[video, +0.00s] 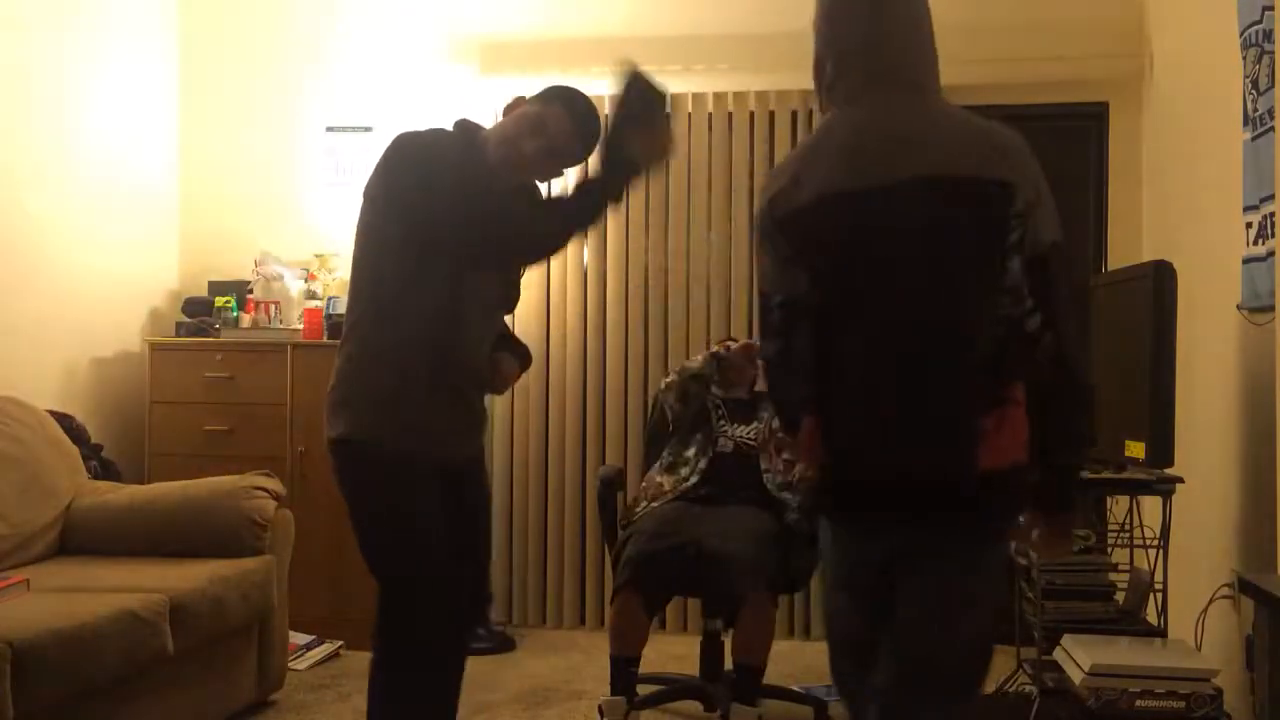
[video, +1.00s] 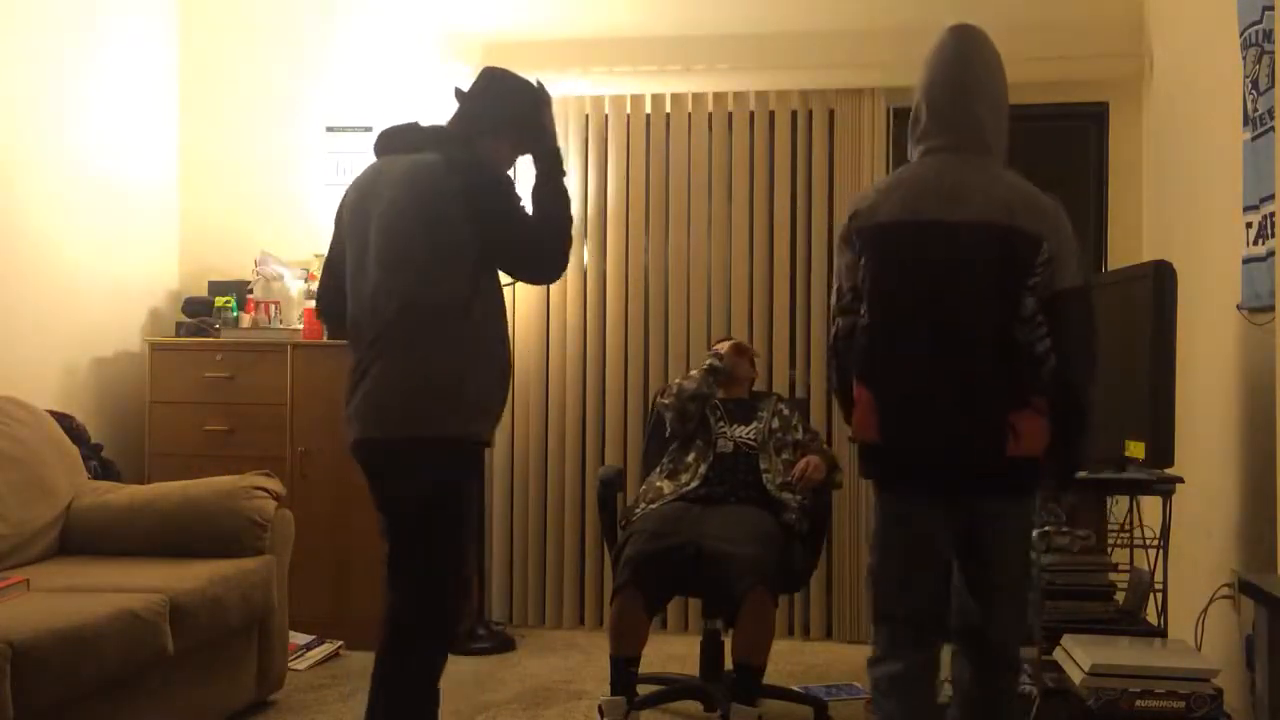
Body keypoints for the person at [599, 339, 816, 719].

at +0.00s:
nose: (737, 360)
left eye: (747, 354)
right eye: (727, 353)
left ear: (758, 368)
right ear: (712, 365)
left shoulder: (773, 406)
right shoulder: (688, 400)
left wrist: (773, 374)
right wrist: (708, 363)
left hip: (749, 504)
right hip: (682, 500)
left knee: (755, 577)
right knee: (637, 564)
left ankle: (743, 702)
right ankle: (621, 693)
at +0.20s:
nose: (746, 356)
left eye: (753, 355)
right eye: (734, 351)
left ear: (759, 373)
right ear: (715, 369)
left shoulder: (779, 410)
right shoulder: (690, 404)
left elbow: (807, 450)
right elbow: (671, 395)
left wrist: (817, 460)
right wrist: (715, 360)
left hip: (751, 505)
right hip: (681, 502)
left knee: (756, 578)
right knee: (637, 566)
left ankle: (744, 703)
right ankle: (621, 695)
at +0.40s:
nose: (737, 350)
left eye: (745, 350)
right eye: (728, 348)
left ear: (755, 370)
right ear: (713, 370)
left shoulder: (780, 410)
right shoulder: (690, 404)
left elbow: (812, 453)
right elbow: (672, 396)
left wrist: (818, 462)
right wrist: (711, 360)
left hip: (750, 505)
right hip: (681, 501)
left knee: (756, 577)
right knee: (637, 565)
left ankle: (744, 703)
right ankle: (621, 695)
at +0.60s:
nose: (730, 349)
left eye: (739, 349)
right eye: (721, 349)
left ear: (755, 373)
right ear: (708, 368)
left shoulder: (779, 409)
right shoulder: (686, 399)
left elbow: (825, 458)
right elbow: (672, 416)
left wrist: (821, 461)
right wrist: (710, 367)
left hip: (751, 506)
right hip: (680, 501)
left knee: (756, 577)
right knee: (637, 566)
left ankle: (744, 704)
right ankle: (621, 695)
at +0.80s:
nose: (730, 350)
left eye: (739, 349)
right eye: (721, 349)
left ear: (755, 373)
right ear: (708, 368)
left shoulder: (779, 409)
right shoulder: (687, 400)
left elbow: (820, 453)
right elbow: (669, 418)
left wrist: (820, 461)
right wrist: (710, 371)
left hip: (751, 505)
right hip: (680, 501)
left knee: (756, 577)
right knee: (637, 565)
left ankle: (745, 704)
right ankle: (621, 695)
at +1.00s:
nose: (732, 355)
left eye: (742, 354)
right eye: (723, 350)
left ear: (754, 371)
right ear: (707, 364)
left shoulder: (778, 409)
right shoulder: (684, 398)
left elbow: (821, 453)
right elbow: (676, 406)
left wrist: (820, 460)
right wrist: (716, 361)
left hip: (750, 505)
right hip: (679, 501)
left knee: (756, 576)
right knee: (638, 565)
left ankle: (745, 703)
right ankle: (621, 695)